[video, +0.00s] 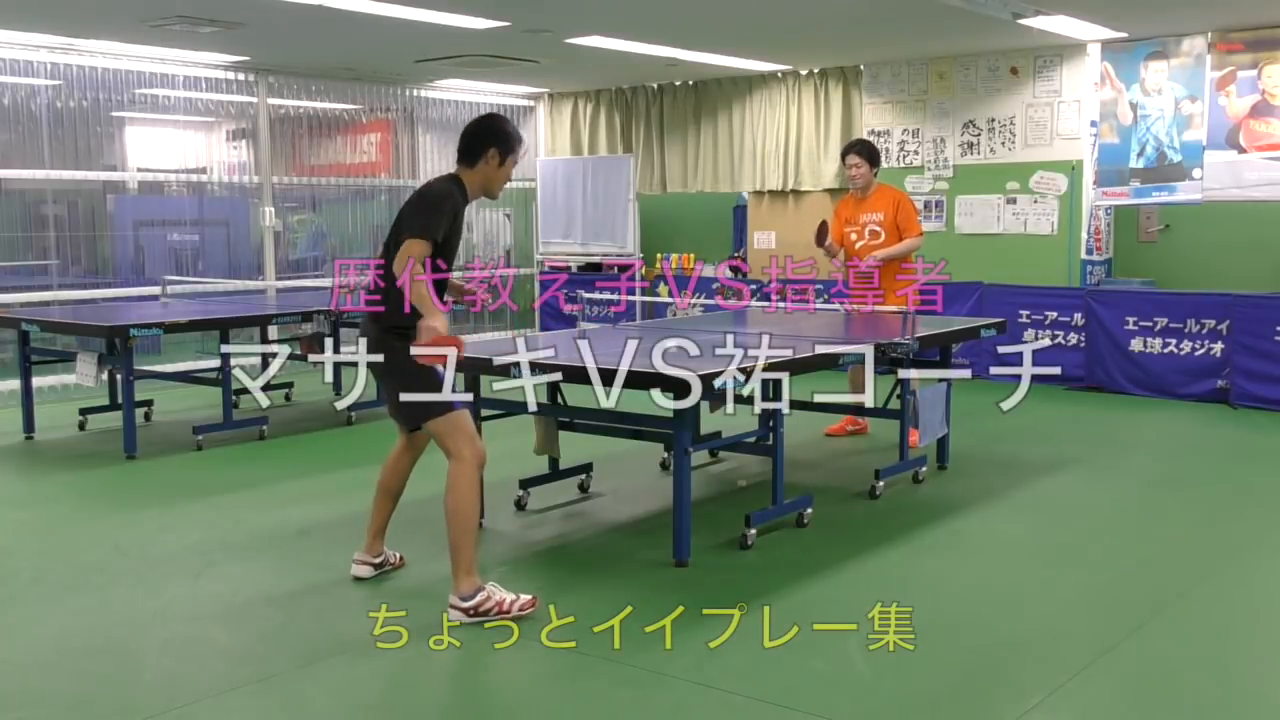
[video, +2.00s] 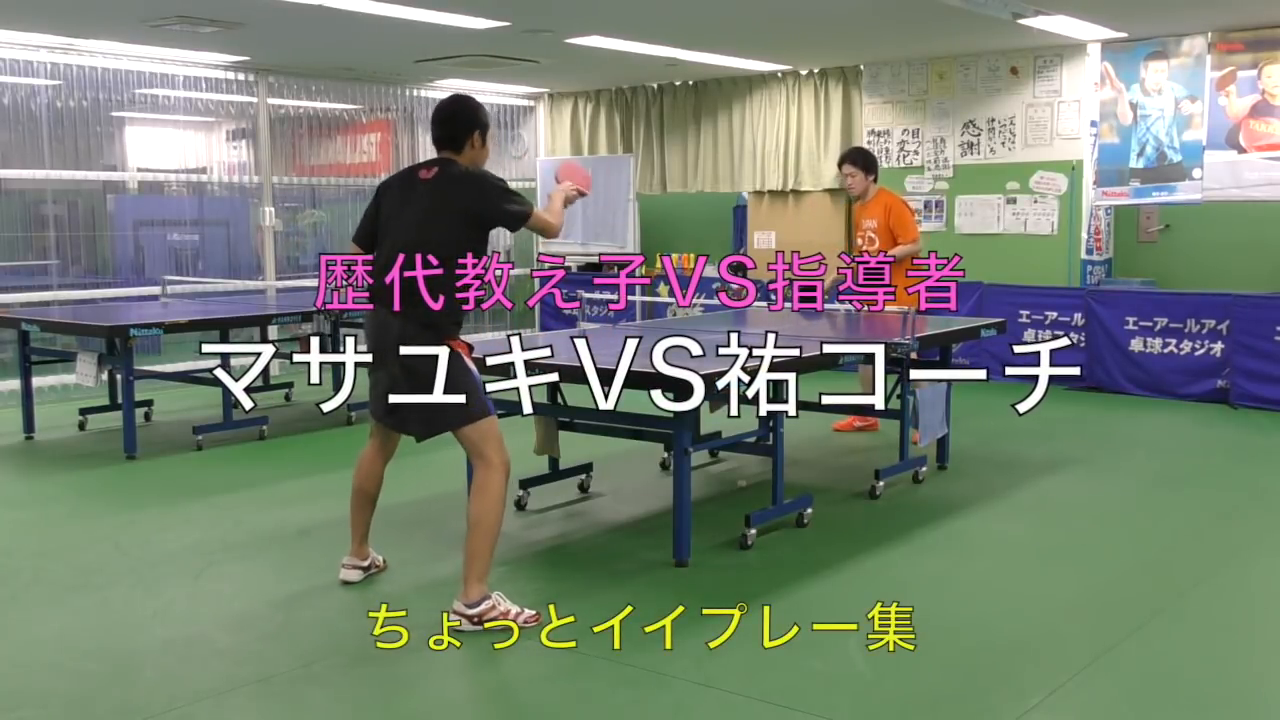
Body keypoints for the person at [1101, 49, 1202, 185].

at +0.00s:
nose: (1159, 76)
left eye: (1163, 71)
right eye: (1155, 71)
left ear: (1168, 72)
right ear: (1144, 72)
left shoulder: (1173, 89)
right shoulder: (1135, 91)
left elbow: (1199, 105)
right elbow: (1125, 121)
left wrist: (1192, 107)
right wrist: (1121, 94)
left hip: (1171, 161)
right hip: (1142, 163)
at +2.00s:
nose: (1159, 77)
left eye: (1163, 71)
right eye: (1155, 71)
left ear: (1168, 73)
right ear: (1144, 72)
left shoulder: (1173, 89)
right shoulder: (1135, 91)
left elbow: (1199, 106)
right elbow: (1125, 121)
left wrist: (1191, 107)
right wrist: (1121, 94)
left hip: (1171, 161)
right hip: (1141, 163)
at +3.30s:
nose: (1159, 76)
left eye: (1163, 71)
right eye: (1155, 71)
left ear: (1168, 73)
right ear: (1144, 72)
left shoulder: (1174, 89)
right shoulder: (1135, 91)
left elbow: (1199, 106)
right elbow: (1125, 121)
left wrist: (1191, 107)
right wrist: (1121, 94)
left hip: (1171, 161)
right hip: (1141, 163)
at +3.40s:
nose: (1159, 76)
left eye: (1163, 71)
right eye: (1155, 71)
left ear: (1168, 73)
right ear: (1144, 72)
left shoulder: (1174, 89)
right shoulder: (1135, 91)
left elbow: (1199, 106)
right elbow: (1125, 121)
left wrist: (1191, 107)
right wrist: (1121, 94)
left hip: (1171, 161)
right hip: (1141, 163)